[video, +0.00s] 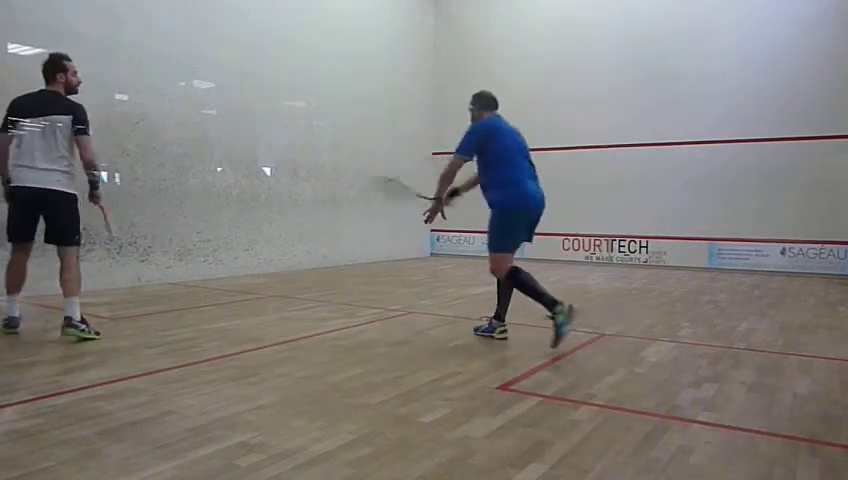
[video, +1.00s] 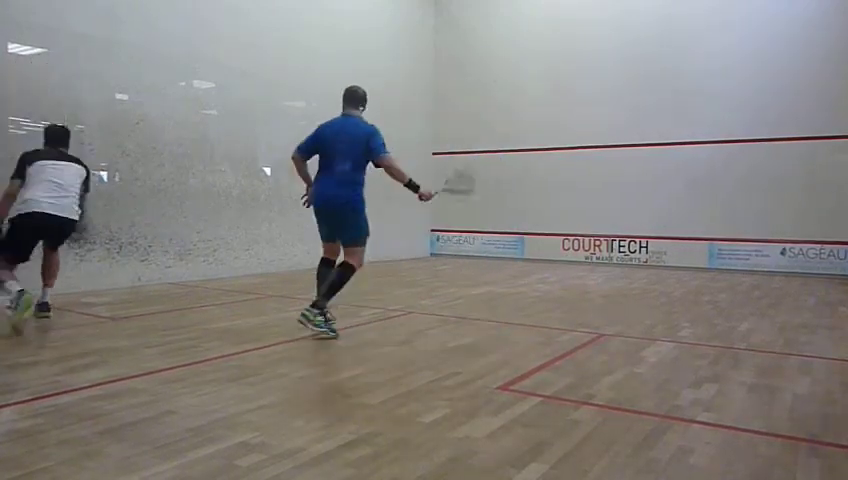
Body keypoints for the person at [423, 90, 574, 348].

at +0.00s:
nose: (470, 116)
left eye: (472, 112)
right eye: (470, 112)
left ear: (480, 111)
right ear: (493, 110)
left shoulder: (479, 130)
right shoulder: (509, 131)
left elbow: (451, 170)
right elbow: (486, 171)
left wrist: (437, 203)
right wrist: (459, 190)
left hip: (509, 203)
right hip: (532, 200)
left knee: (499, 266)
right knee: (504, 263)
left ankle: (557, 309)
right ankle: (498, 322)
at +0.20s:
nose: (450, 112)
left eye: (450, 108)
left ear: (450, 107)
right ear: (471, 108)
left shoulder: (445, 128)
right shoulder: (486, 128)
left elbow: (416, 161)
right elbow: (521, 138)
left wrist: (401, 194)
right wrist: (543, 130)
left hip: (471, 197)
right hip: (501, 196)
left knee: (448, 254)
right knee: (494, 256)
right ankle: (498, 321)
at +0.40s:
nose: (436, 111)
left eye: (430, 107)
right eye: (441, 105)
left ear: (426, 109)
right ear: (448, 108)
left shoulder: (417, 135)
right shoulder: (467, 128)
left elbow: (388, 165)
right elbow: (503, 116)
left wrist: (373, 191)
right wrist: (503, 83)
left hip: (424, 208)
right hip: (462, 208)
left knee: (398, 258)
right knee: (473, 260)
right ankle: (486, 319)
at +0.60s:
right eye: (404, 108)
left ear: (385, 110)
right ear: (407, 110)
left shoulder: (374, 136)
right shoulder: (419, 134)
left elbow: (353, 169)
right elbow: (455, 137)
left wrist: (363, 187)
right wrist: (465, 116)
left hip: (375, 208)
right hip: (411, 208)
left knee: (356, 256)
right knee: (435, 259)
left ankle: (345, 312)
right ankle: (461, 315)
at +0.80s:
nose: (369, 105)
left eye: (359, 100)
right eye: (374, 101)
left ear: (354, 101)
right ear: (376, 101)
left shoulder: (342, 126)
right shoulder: (386, 124)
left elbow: (320, 158)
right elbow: (408, 152)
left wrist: (336, 179)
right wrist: (441, 163)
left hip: (346, 197)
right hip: (377, 197)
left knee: (341, 252)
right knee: (385, 255)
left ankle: (329, 307)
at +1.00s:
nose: (362, 109)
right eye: (364, 106)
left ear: (343, 103)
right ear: (363, 106)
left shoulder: (326, 129)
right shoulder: (369, 131)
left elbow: (298, 157)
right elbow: (384, 163)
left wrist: (309, 185)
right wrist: (416, 189)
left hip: (321, 198)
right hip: (349, 200)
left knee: (330, 251)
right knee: (354, 258)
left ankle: (321, 312)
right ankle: (316, 307)